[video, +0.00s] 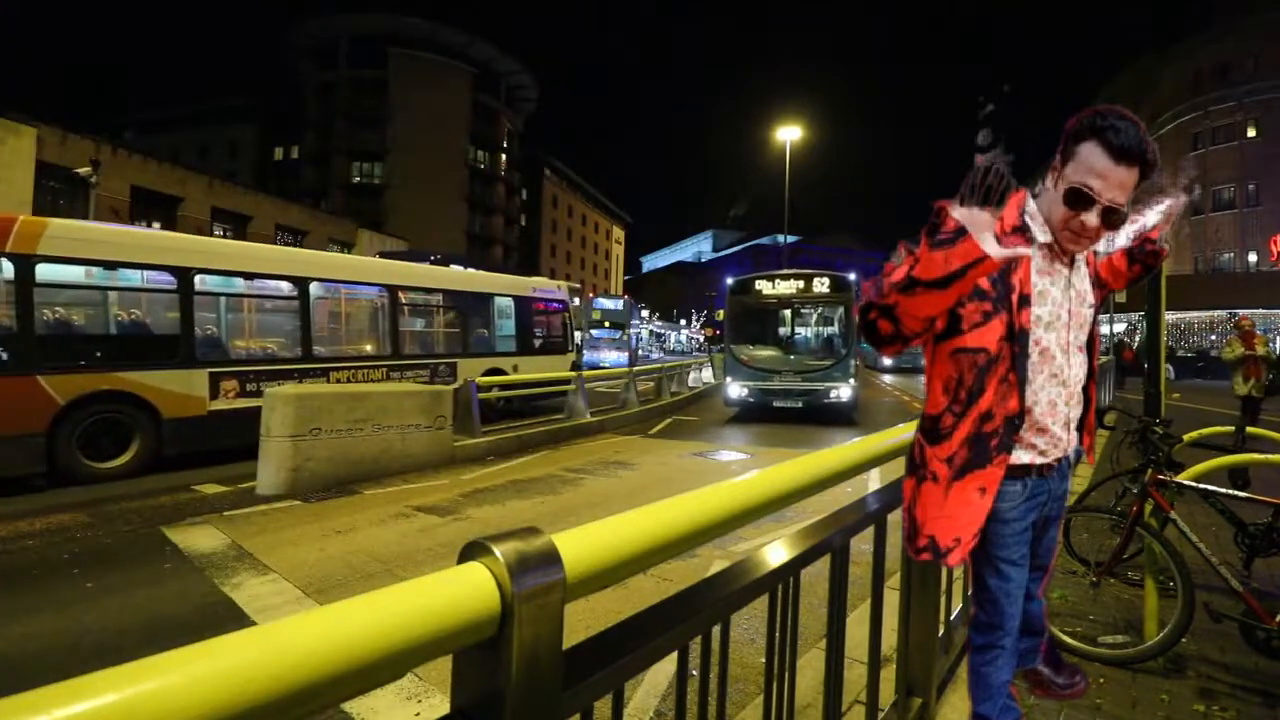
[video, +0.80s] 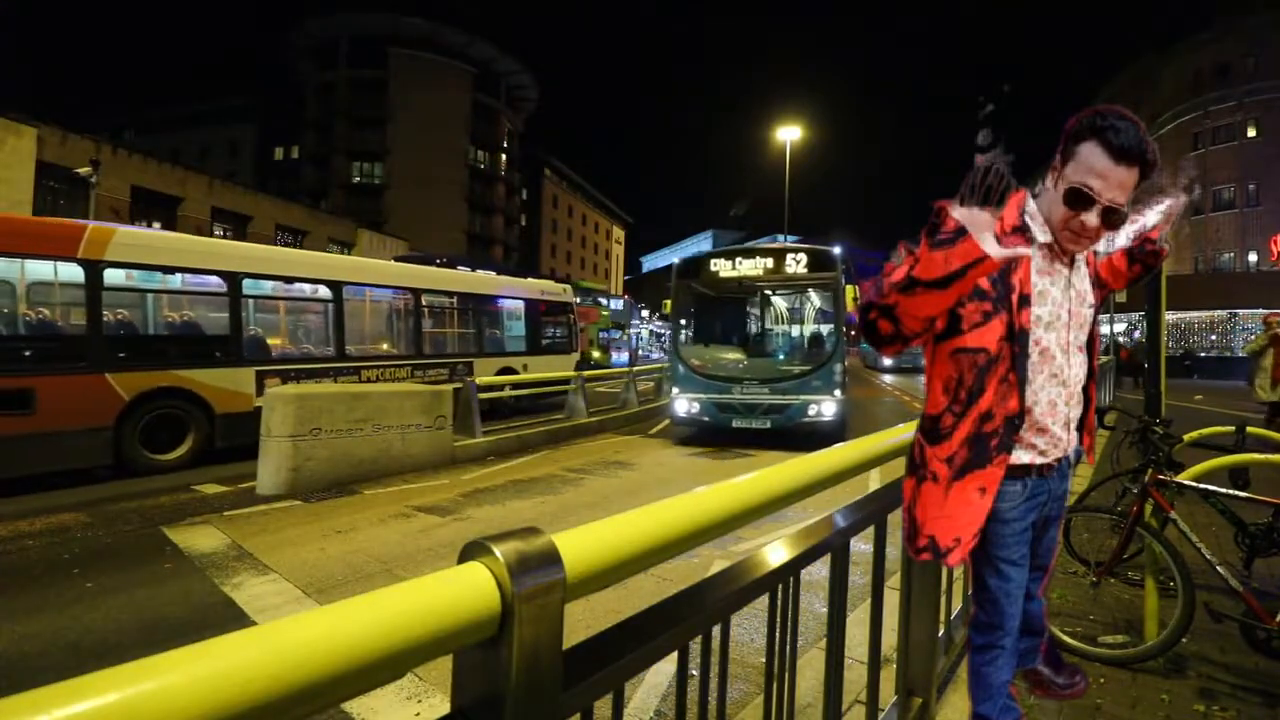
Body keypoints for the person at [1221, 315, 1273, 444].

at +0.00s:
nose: (1247, 329)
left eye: (1250, 326)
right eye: (1243, 327)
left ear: (1254, 327)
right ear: (1238, 329)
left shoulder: (1261, 340)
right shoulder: (1233, 341)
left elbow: (1272, 358)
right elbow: (1225, 357)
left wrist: (1261, 353)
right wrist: (1241, 353)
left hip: (1259, 382)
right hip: (1242, 382)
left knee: (1255, 411)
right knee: (1245, 411)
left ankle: (1252, 435)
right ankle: (1240, 438)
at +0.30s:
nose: (1254, 330)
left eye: (1256, 326)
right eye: (1250, 328)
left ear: (1260, 327)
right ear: (1245, 330)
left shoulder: (1267, 341)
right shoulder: (1239, 344)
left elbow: (1275, 354)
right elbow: (1232, 358)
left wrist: (1271, 354)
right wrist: (1252, 355)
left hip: (1268, 381)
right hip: (1249, 381)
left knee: (1266, 408)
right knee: (1253, 410)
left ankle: (1251, 430)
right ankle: (1243, 437)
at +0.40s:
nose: (1259, 327)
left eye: (1261, 324)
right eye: (1256, 325)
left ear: (1264, 325)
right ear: (1249, 327)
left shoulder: (1271, 339)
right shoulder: (1244, 340)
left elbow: (1277, 351)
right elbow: (1236, 355)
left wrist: (1272, 350)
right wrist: (1257, 351)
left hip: (1272, 382)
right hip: (1253, 383)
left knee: (1273, 407)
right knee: (1253, 408)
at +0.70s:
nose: (1272, 329)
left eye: (1274, 326)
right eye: (1268, 327)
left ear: (1277, 327)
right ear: (1263, 328)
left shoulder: (1277, 340)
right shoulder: (1259, 340)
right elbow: (1246, 352)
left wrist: (1276, 341)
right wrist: (1266, 343)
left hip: (1276, 384)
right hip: (1263, 384)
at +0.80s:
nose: (1274, 327)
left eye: (1277, 323)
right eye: (1271, 324)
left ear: (1279, 324)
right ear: (1265, 326)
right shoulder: (1262, 338)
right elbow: (1247, 351)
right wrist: (1267, 337)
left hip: (1276, 386)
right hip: (1265, 385)